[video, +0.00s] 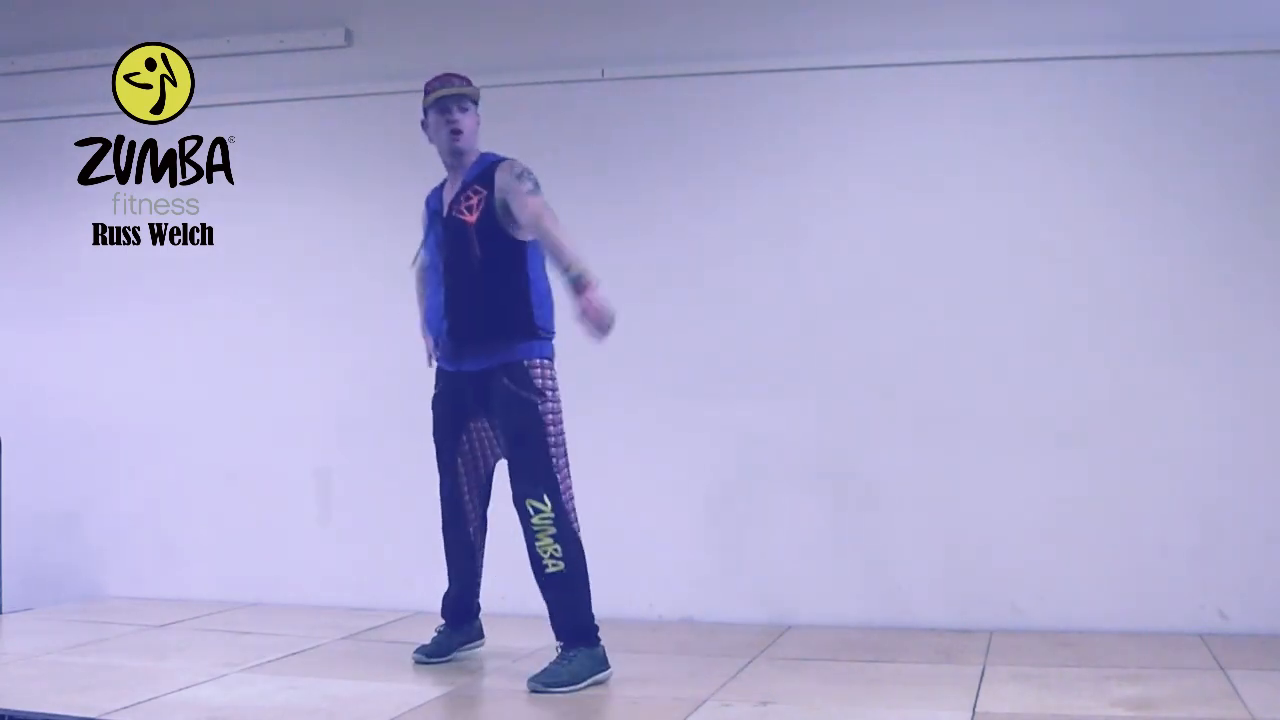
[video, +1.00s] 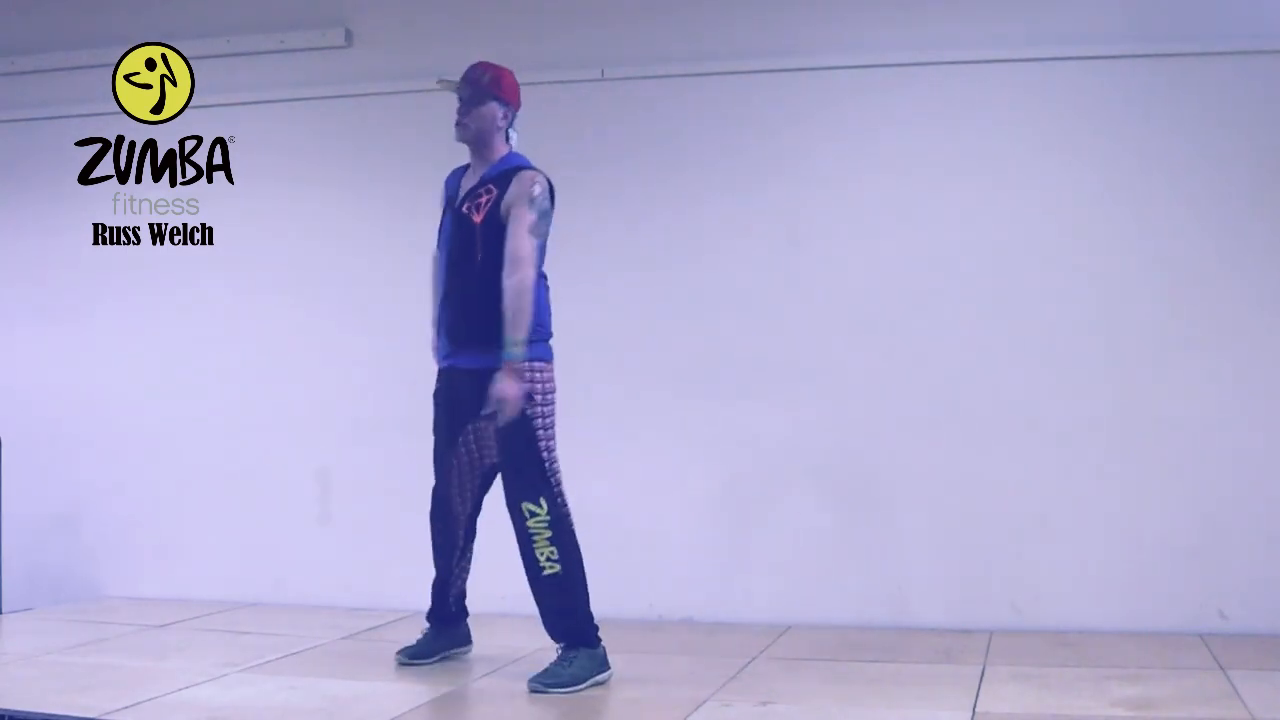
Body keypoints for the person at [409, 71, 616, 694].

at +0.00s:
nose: (454, 119)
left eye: (463, 108)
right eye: (441, 112)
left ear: (479, 118)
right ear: (426, 127)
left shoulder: (506, 175)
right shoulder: (434, 201)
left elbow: (542, 225)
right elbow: (426, 273)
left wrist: (584, 285)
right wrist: (430, 333)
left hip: (519, 365)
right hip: (457, 372)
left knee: (543, 504)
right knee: (460, 502)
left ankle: (581, 646)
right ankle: (462, 623)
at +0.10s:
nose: (460, 118)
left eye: (468, 107)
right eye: (447, 111)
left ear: (485, 116)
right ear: (432, 127)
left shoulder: (515, 168)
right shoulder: (445, 201)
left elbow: (556, 188)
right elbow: (443, 275)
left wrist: (598, 219)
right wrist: (451, 338)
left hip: (533, 363)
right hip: (472, 370)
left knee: (542, 505)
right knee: (450, 498)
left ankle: (581, 646)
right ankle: (459, 611)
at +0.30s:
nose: (474, 127)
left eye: (483, 115)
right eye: (461, 120)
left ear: (501, 125)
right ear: (446, 136)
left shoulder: (538, 177)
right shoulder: (463, 209)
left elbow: (617, 179)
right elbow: (477, 282)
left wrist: (585, 120)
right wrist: (482, 349)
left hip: (556, 368)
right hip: (496, 373)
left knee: (546, 513)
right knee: (439, 481)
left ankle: (582, 650)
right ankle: (511, 584)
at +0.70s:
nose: (475, 107)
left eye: (490, 99)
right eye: (475, 98)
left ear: (522, 116)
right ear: (480, 116)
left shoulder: (553, 179)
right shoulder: (476, 192)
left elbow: (617, 231)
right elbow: (483, 277)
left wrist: (597, 148)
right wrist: (484, 351)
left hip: (552, 373)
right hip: (495, 373)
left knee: (544, 518)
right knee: (441, 486)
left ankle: (583, 652)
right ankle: (521, 597)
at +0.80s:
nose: (472, 103)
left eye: (485, 94)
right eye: (473, 94)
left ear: (517, 108)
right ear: (481, 111)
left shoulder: (545, 178)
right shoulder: (474, 182)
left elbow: (578, 269)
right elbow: (485, 271)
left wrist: (591, 231)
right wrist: (477, 349)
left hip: (543, 365)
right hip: (484, 365)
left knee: (545, 503)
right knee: (435, 481)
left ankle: (582, 648)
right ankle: (476, 604)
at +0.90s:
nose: (467, 98)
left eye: (480, 89)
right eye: (468, 89)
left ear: (511, 103)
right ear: (477, 105)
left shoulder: (538, 171)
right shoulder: (469, 177)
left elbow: (551, 238)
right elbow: (473, 261)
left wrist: (566, 289)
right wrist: (469, 332)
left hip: (535, 360)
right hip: (476, 360)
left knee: (549, 500)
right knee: (448, 491)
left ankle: (582, 645)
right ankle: (453, 614)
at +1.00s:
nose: (458, 112)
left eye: (470, 101)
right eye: (458, 101)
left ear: (502, 112)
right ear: (469, 114)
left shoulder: (526, 183)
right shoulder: (456, 183)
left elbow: (521, 273)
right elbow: (446, 268)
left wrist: (513, 365)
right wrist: (442, 349)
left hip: (517, 368)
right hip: (461, 370)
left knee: (538, 505)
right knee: (451, 501)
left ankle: (582, 646)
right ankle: (448, 624)